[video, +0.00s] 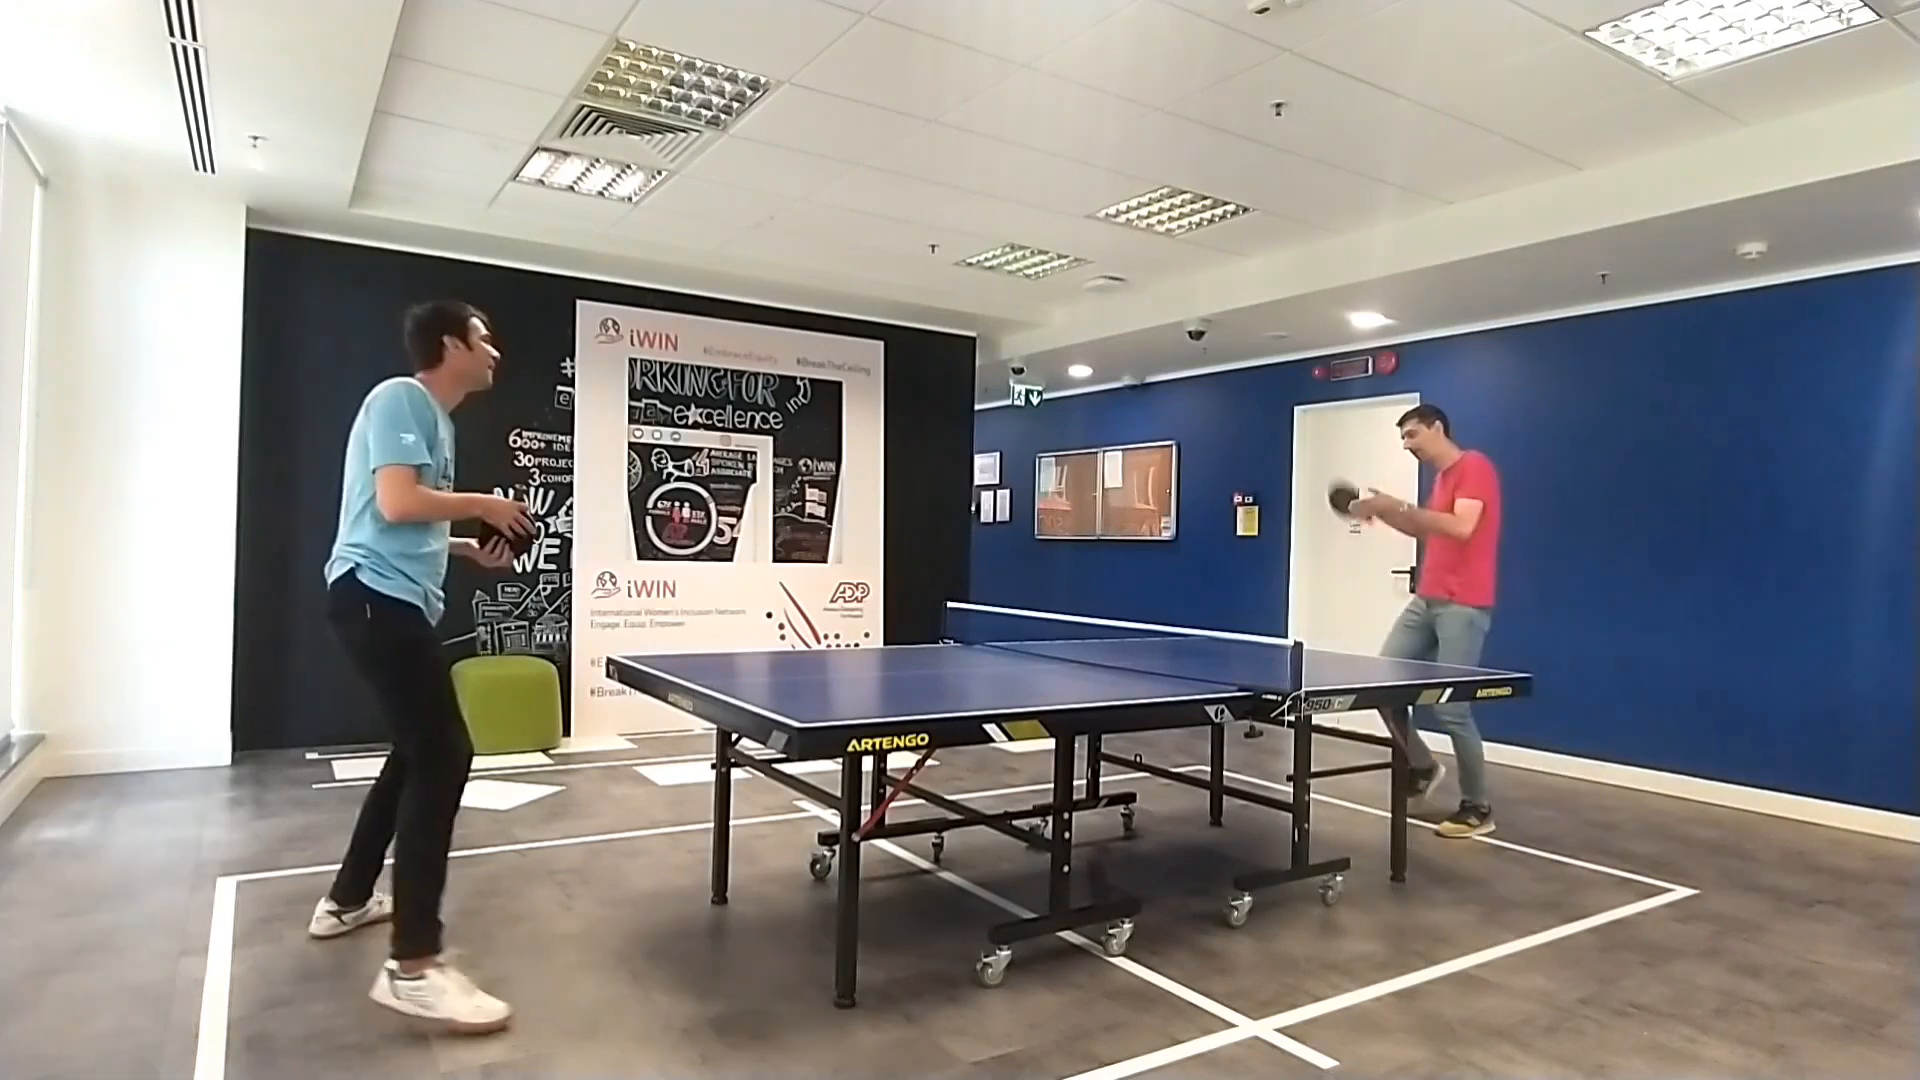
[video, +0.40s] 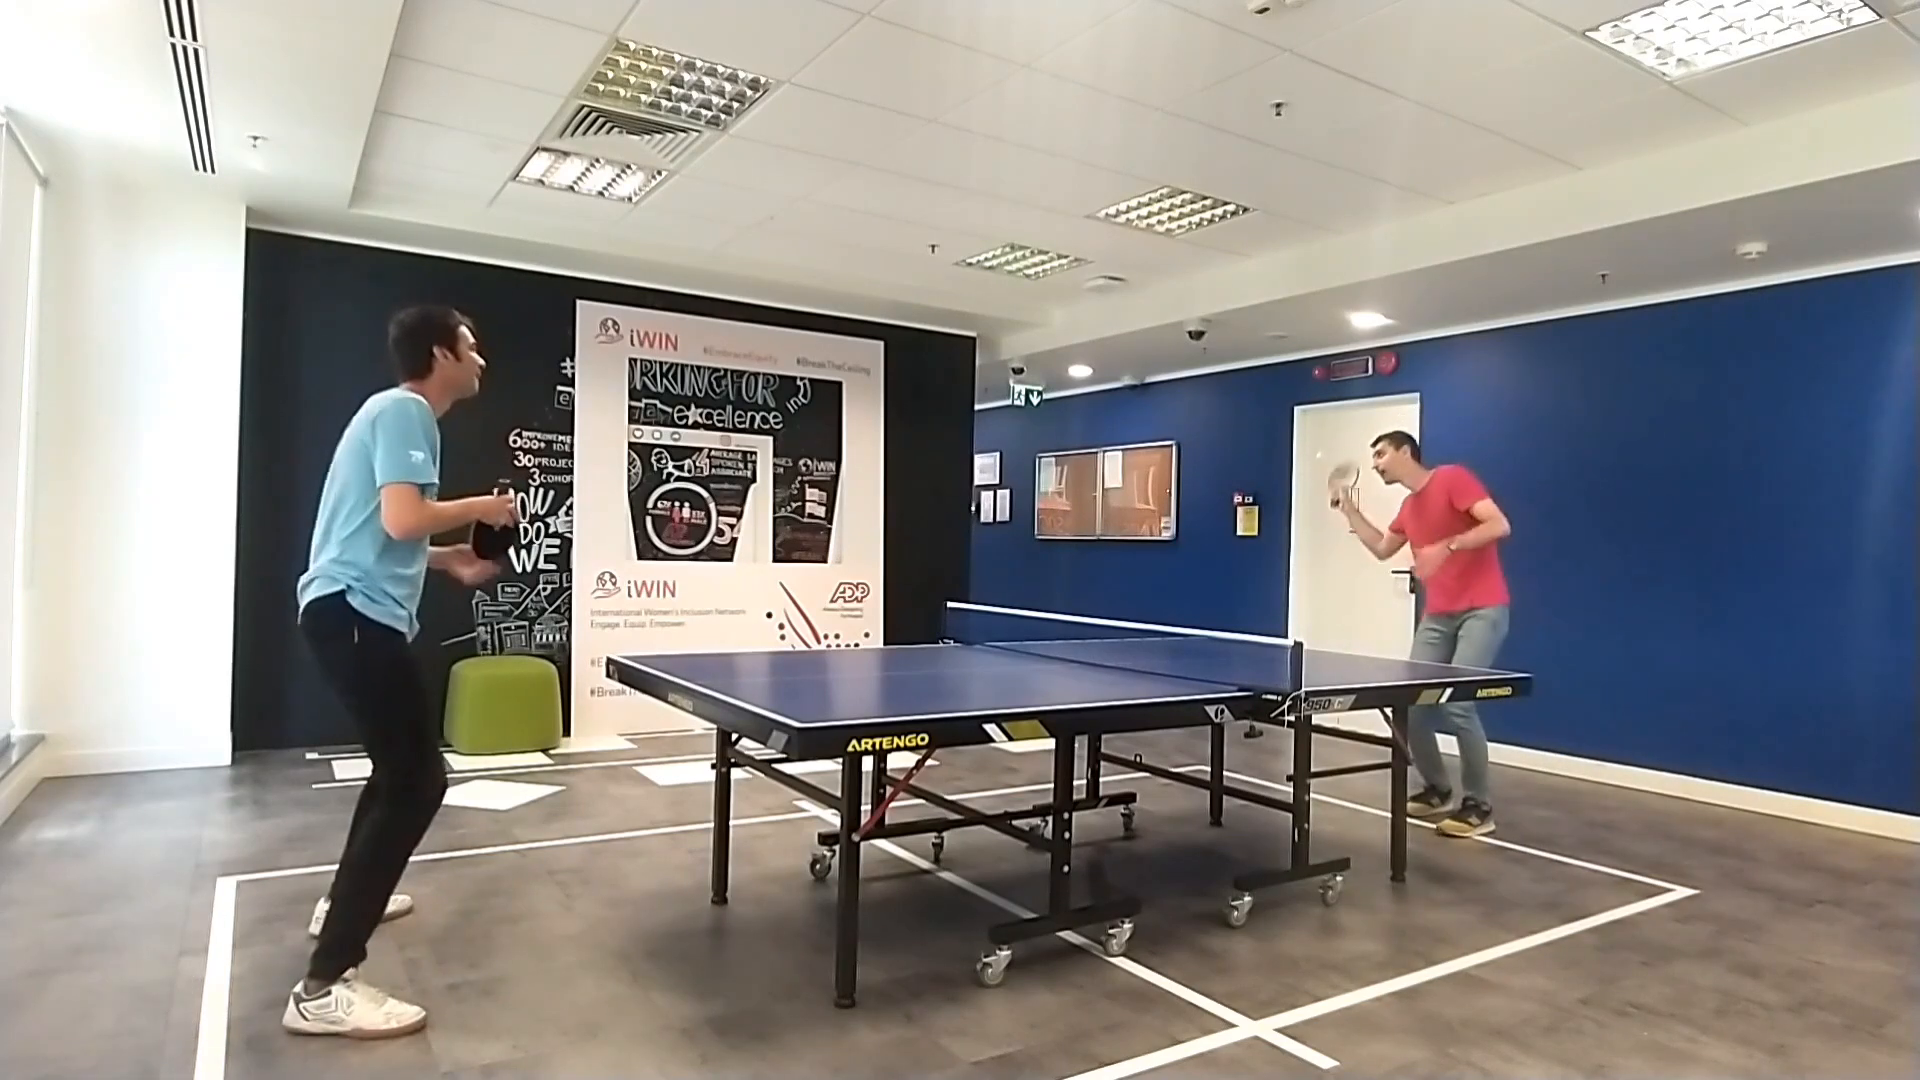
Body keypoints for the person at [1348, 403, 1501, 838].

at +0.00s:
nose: (1408, 444)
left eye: (1411, 434)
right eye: (1404, 438)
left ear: (1436, 428)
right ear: (1424, 435)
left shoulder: (1474, 466)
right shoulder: (1439, 479)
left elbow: (1462, 526)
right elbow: (1424, 532)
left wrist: (1399, 508)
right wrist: (1383, 510)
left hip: (1464, 608)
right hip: (1425, 603)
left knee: (1451, 707)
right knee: (1381, 685)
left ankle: (1476, 808)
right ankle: (1421, 766)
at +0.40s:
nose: (1375, 464)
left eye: (1380, 454)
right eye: (1374, 458)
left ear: (1404, 451)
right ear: (1397, 457)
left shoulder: (1451, 478)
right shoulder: (1409, 506)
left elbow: (1499, 525)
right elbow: (1383, 548)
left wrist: (1446, 545)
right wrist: (1350, 510)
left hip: (1484, 611)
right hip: (1438, 615)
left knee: (1457, 703)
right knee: (1410, 705)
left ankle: (1478, 805)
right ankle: (1439, 789)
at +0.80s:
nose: (1387, 515)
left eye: (1390, 505)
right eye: (1383, 509)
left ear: (1412, 495)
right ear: (1407, 500)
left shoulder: (1466, 510)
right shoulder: (1418, 542)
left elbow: (1530, 546)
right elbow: (1445, 595)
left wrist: (1499, 585)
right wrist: (1425, 585)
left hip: (1512, 631)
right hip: (1465, 635)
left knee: (1510, 724)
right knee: (1417, 711)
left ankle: (1583, 775)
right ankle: (1437, 792)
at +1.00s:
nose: (1439, 502)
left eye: (1445, 492)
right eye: (1434, 497)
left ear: (1469, 489)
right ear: (1435, 503)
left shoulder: (1519, 514)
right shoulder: (1454, 536)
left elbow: (1574, 558)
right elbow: (1455, 596)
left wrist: (1546, 594)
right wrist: (1462, 581)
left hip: (1545, 640)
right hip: (1494, 638)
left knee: (1577, 740)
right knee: (1434, 706)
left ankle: (1658, 780)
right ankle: (1437, 793)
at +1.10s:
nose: (1472, 502)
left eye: (1479, 492)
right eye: (1469, 495)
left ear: (1505, 490)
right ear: (1471, 499)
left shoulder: (1553, 518)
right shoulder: (1484, 535)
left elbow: (1603, 569)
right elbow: (1483, 597)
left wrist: (1569, 604)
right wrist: (1488, 587)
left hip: (1570, 647)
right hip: (1518, 641)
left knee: (1607, 745)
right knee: (1453, 706)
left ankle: (1675, 795)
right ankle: (1437, 792)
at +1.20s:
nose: (1504, 498)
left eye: (1512, 489)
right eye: (1501, 492)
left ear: (1538, 487)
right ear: (1502, 495)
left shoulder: (1584, 515)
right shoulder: (1515, 529)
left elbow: (1632, 571)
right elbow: (1515, 587)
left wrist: (1594, 609)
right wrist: (1520, 590)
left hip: (1599, 644)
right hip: (1545, 637)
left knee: (1626, 745)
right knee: (1479, 704)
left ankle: (1679, 801)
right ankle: (1439, 791)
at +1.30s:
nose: (1525, 486)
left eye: (1533, 477)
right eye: (1521, 480)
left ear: (1559, 477)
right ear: (1521, 485)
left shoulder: (1604, 506)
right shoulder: (1533, 521)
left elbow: (1653, 560)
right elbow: (1539, 567)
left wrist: (1613, 603)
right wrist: (1541, 581)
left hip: (1619, 636)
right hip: (1563, 630)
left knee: (1642, 738)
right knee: (1499, 696)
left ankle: (1682, 802)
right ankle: (1456, 787)